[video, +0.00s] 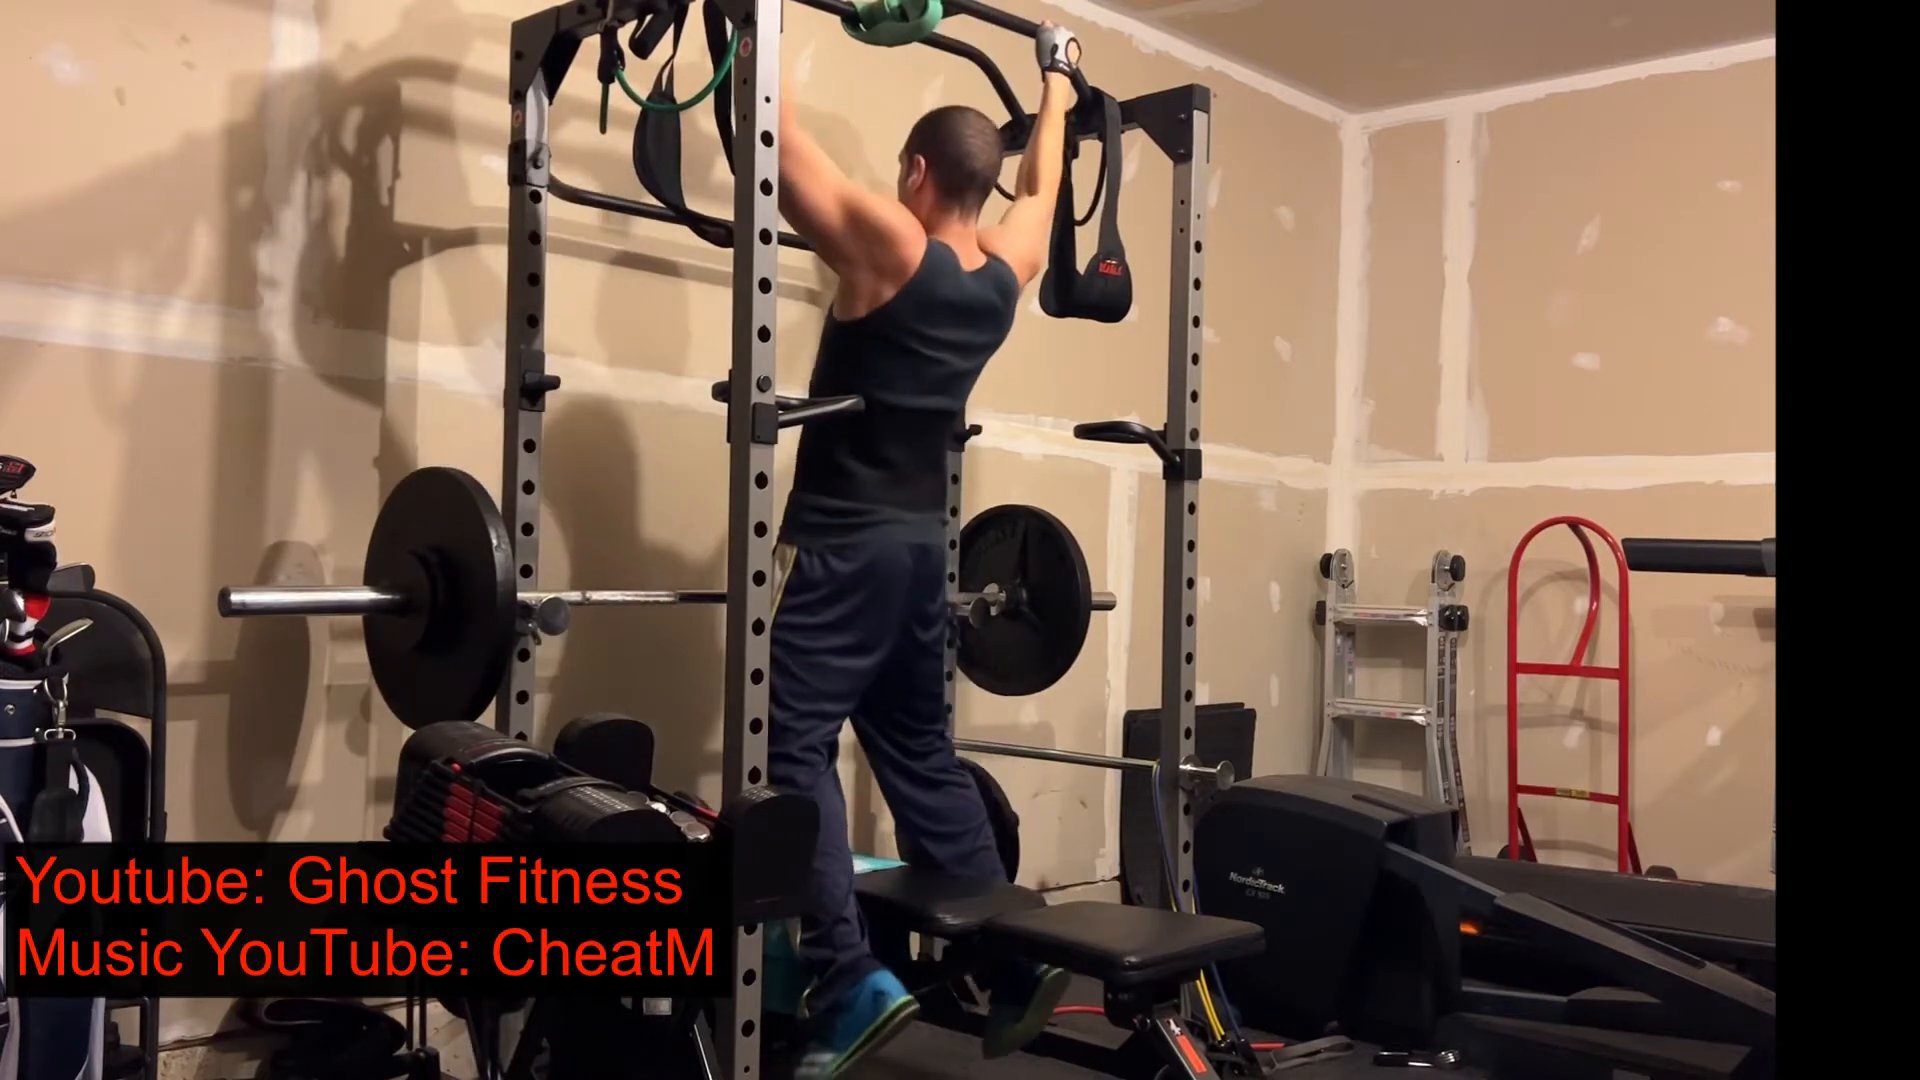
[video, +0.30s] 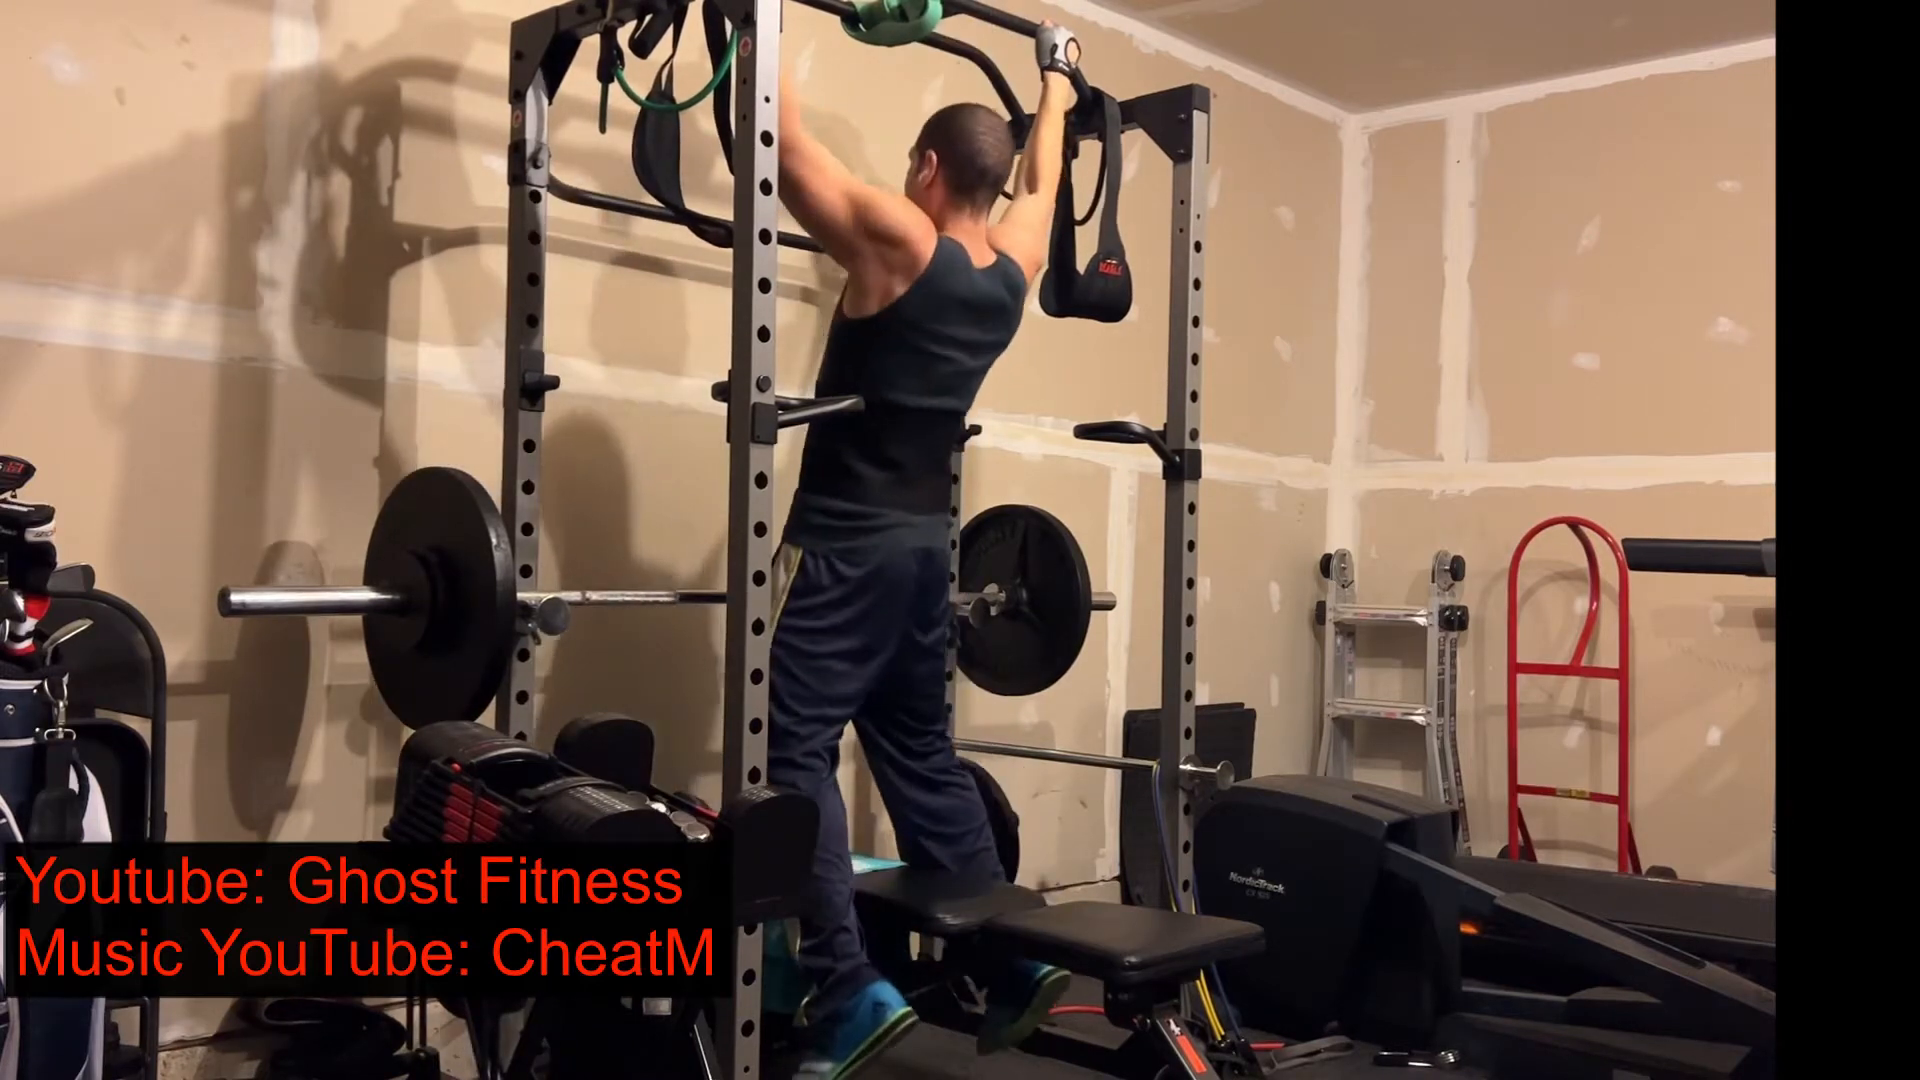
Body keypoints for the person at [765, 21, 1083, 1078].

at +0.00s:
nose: (894, 176)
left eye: (900, 163)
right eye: (905, 164)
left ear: (919, 170)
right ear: (989, 190)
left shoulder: (883, 242)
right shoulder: (1004, 275)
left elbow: (775, 133)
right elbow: (1040, 191)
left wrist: (759, 30)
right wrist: (1057, 103)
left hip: (847, 536)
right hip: (924, 539)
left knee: (796, 748)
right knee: (918, 752)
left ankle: (846, 971)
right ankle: (1005, 952)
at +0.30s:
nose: (905, 165)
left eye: (913, 153)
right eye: (917, 155)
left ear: (929, 164)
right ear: (1000, 187)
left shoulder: (893, 236)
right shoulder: (1011, 271)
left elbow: (784, 138)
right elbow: (1041, 184)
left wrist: (765, 28)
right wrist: (1057, 99)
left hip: (848, 536)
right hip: (927, 539)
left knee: (796, 753)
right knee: (919, 754)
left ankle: (842, 980)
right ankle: (1005, 957)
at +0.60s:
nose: (934, 62)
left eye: (940, 46)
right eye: (942, 47)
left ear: (958, 56)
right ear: (1031, 72)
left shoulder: (922, 134)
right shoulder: (1041, 169)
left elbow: (785, 123)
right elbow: (1068, 200)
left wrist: (758, 20)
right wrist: (1054, 104)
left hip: (868, 447)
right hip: (945, 453)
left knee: (795, 641)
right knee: (922, 648)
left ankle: (823, 872)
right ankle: (984, 844)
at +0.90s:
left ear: (959, 0)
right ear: (1017, 12)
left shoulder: (913, 62)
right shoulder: (1038, 99)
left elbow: (776, 114)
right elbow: (1054, 205)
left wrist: (755, 19)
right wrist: (1050, 94)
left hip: (867, 370)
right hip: (947, 381)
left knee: (798, 573)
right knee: (928, 593)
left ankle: (831, 798)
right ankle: (992, 793)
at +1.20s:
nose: (909, 97)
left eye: (915, 83)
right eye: (918, 84)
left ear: (931, 92)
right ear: (1001, 113)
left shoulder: (901, 164)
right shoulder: (1019, 207)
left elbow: (771, 132)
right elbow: (1048, 183)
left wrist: (747, 46)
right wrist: (1056, 118)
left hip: (860, 471)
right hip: (933, 477)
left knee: (794, 672)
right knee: (918, 686)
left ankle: (834, 905)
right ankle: (997, 870)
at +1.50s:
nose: (902, 163)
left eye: (909, 151)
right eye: (912, 152)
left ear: (928, 160)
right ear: (997, 180)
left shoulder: (896, 232)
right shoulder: (1012, 267)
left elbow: (782, 143)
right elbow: (1046, 187)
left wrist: (756, 40)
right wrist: (1058, 96)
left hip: (853, 531)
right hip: (928, 534)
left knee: (795, 743)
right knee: (923, 749)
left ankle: (841, 972)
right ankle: (1008, 952)